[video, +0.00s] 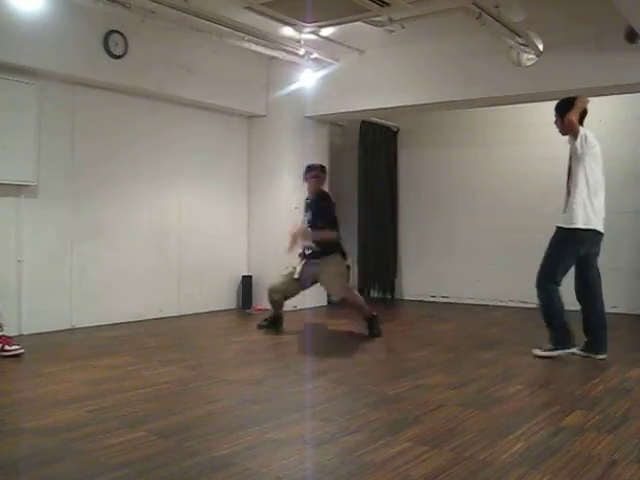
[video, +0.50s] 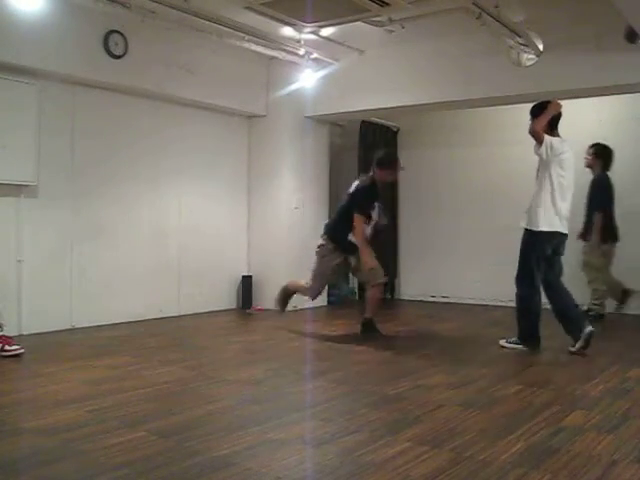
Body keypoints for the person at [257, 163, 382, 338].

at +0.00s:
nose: (315, 181)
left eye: (319, 177)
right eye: (312, 177)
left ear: (324, 180)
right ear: (305, 180)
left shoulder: (324, 200)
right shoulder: (309, 202)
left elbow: (333, 234)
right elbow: (313, 229)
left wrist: (306, 234)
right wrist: (300, 237)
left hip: (331, 259)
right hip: (311, 260)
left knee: (340, 292)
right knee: (276, 291)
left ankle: (370, 317)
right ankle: (276, 318)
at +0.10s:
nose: (326, 187)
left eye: (331, 184)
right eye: (325, 182)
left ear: (339, 188)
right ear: (321, 184)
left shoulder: (339, 207)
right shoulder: (318, 204)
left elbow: (354, 233)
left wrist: (335, 233)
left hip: (333, 262)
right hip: (309, 262)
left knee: (356, 292)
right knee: (278, 299)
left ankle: (367, 321)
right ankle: (276, 319)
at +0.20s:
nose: (361, 198)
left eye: (365, 195)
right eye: (359, 192)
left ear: (368, 198)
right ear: (352, 189)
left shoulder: (361, 221)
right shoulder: (335, 199)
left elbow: (376, 240)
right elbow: (315, 174)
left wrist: (375, 238)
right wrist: (335, 161)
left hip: (335, 263)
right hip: (311, 261)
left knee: (367, 276)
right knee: (292, 301)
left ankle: (367, 323)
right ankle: (274, 318)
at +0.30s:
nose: (378, 199)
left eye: (382, 195)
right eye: (375, 194)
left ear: (385, 198)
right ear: (367, 194)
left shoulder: (379, 219)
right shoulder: (352, 211)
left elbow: (383, 243)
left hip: (346, 257)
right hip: (321, 256)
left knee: (374, 275)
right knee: (301, 302)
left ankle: (368, 323)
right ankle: (272, 312)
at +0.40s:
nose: (395, 190)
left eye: (396, 185)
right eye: (393, 185)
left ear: (384, 182)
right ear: (381, 182)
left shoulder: (375, 198)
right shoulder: (365, 197)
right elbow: (360, 232)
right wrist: (368, 258)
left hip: (351, 249)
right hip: (329, 249)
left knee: (377, 278)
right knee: (307, 292)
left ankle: (368, 322)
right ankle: (272, 305)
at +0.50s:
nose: (394, 177)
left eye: (395, 172)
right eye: (390, 173)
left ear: (381, 170)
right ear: (379, 170)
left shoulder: (374, 187)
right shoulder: (364, 189)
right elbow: (358, 231)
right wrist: (368, 258)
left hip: (353, 244)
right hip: (333, 243)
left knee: (376, 279)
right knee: (313, 291)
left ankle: (368, 323)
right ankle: (290, 288)